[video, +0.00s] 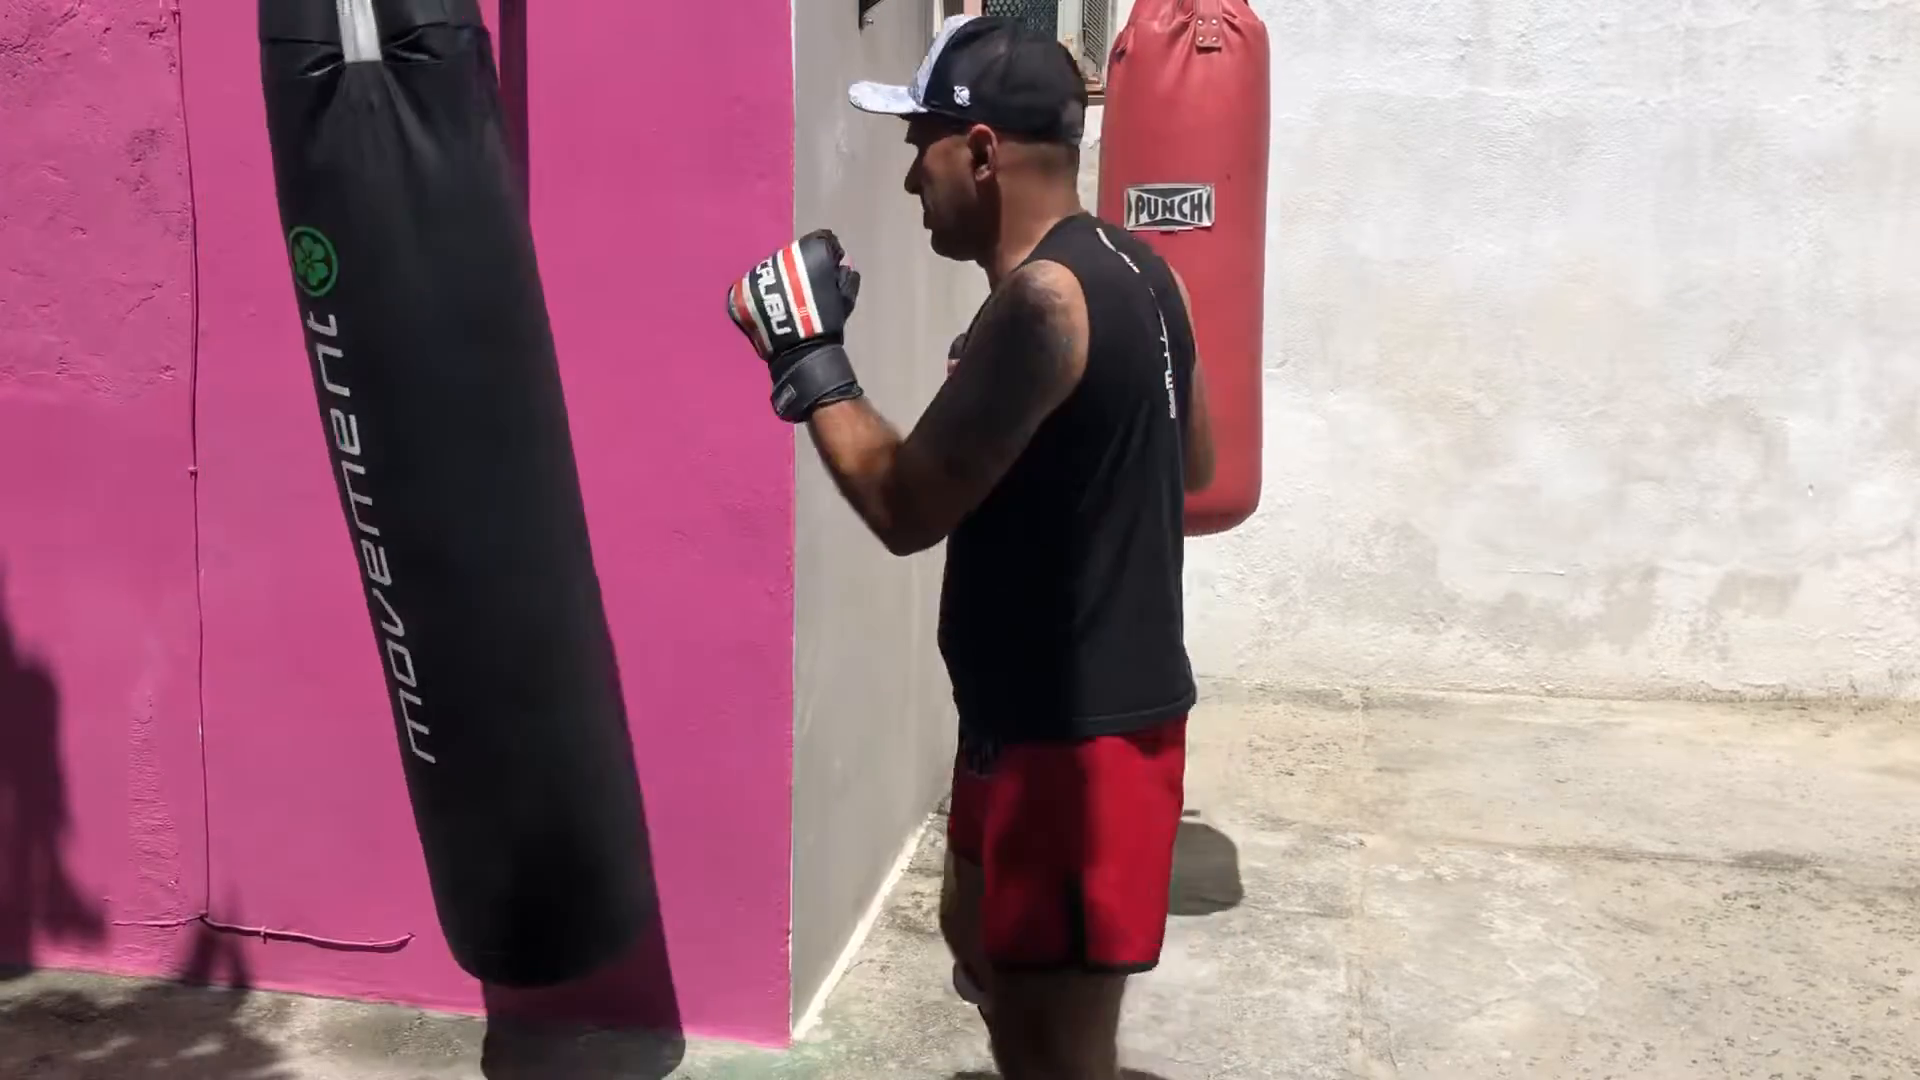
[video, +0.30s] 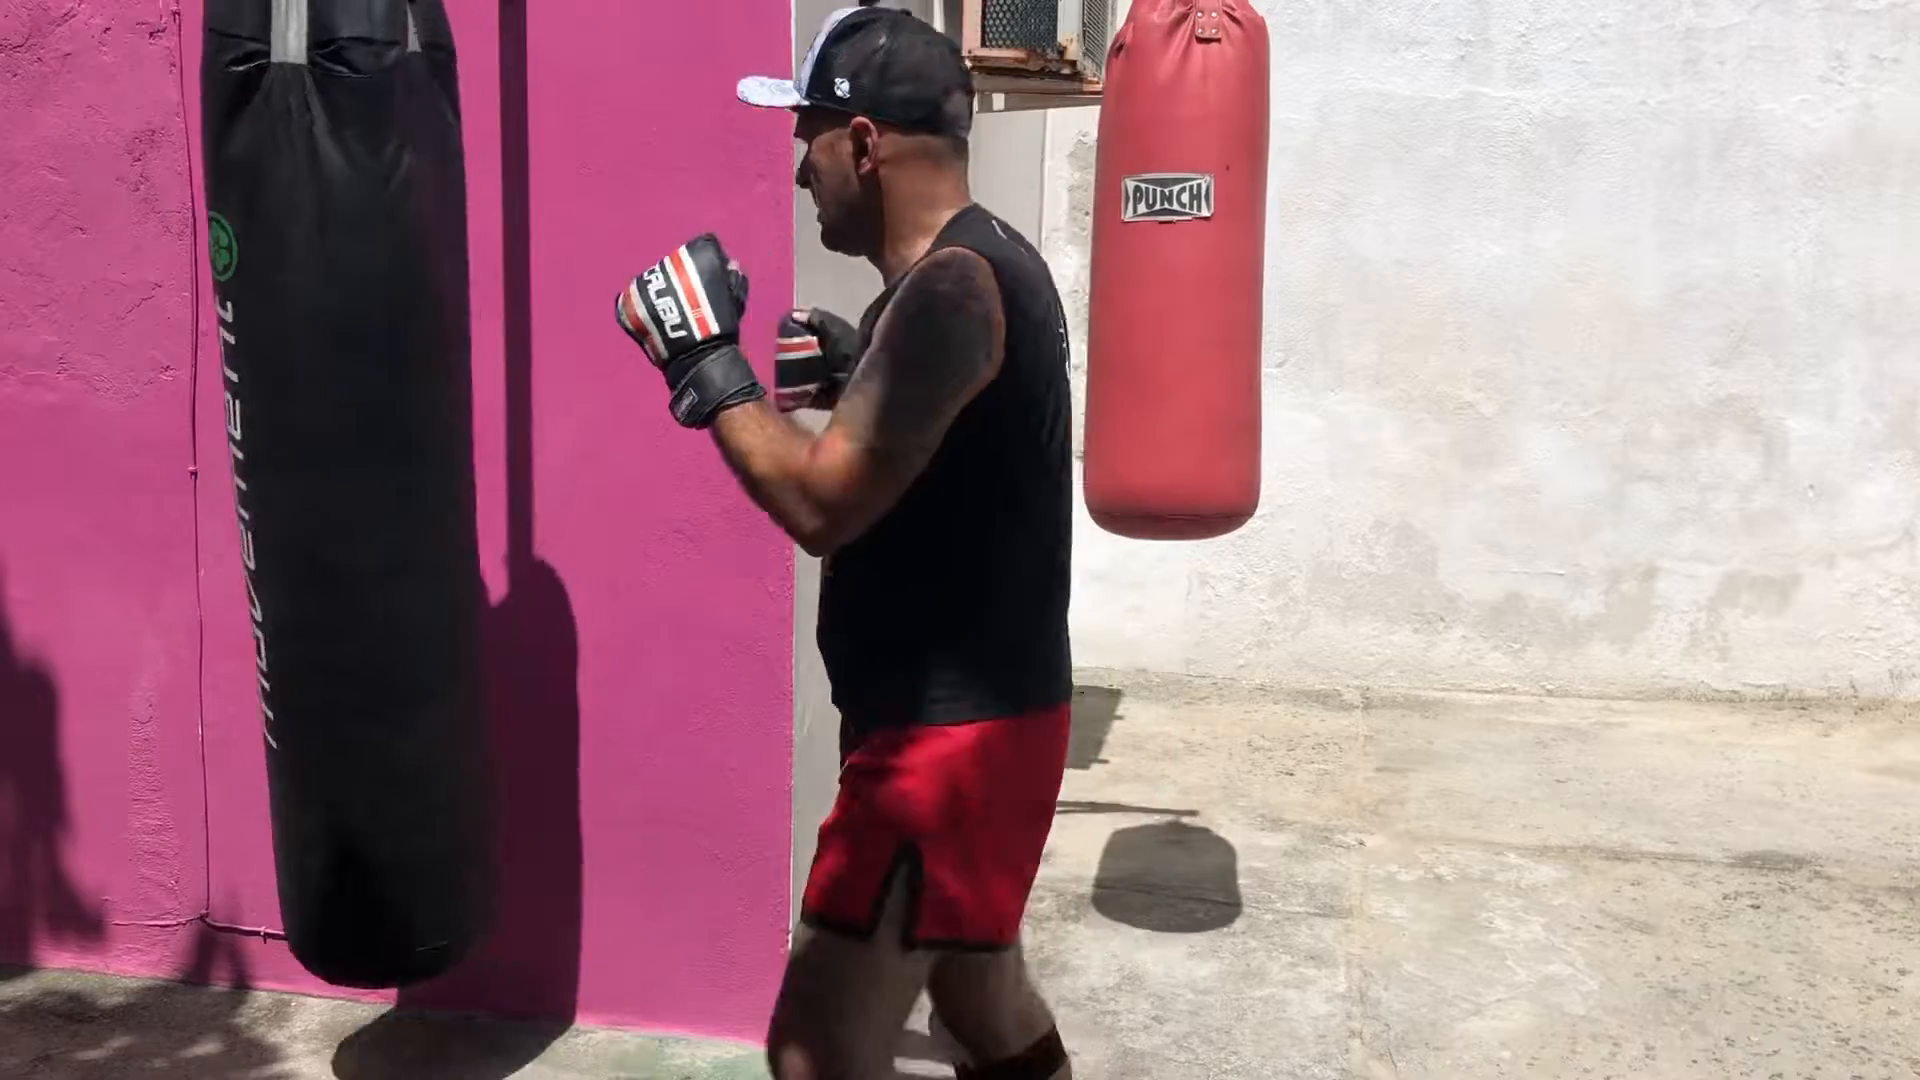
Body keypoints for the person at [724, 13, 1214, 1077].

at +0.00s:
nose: (909, 172)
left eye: (922, 143)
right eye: (913, 144)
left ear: (983, 151)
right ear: (1010, 149)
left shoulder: (1043, 300)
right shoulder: (1137, 271)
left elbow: (901, 509)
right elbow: (1189, 468)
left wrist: (809, 354)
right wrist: (1033, 462)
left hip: (1059, 733)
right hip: (1099, 710)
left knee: (1058, 1043)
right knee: (985, 945)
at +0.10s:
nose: (874, 164)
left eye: (888, 135)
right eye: (878, 137)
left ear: (949, 143)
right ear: (977, 140)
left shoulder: (1008, 288)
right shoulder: (1106, 258)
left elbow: (874, 507)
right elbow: (1146, 459)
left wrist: (778, 357)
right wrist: (979, 380)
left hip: (1016, 720)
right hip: (1077, 701)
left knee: (1003, 1041)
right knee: (1024, 1027)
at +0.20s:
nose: (842, 167)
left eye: (854, 139)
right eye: (846, 141)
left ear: (913, 147)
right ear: (937, 144)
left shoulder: (986, 291)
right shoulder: (1057, 264)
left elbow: (862, 510)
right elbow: (1036, 463)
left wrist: (751, 370)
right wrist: (929, 379)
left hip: (976, 722)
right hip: (1038, 708)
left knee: (881, 1043)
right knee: (1002, 1010)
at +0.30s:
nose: (799, 167)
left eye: (809, 138)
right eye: (802, 140)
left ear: (867, 143)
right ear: (893, 141)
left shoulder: (946, 289)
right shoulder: (996, 264)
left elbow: (824, 507)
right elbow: (983, 454)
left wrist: (709, 372)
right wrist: (862, 378)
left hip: (935, 732)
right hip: (994, 717)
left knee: (823, 1048)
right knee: (987, 1003)